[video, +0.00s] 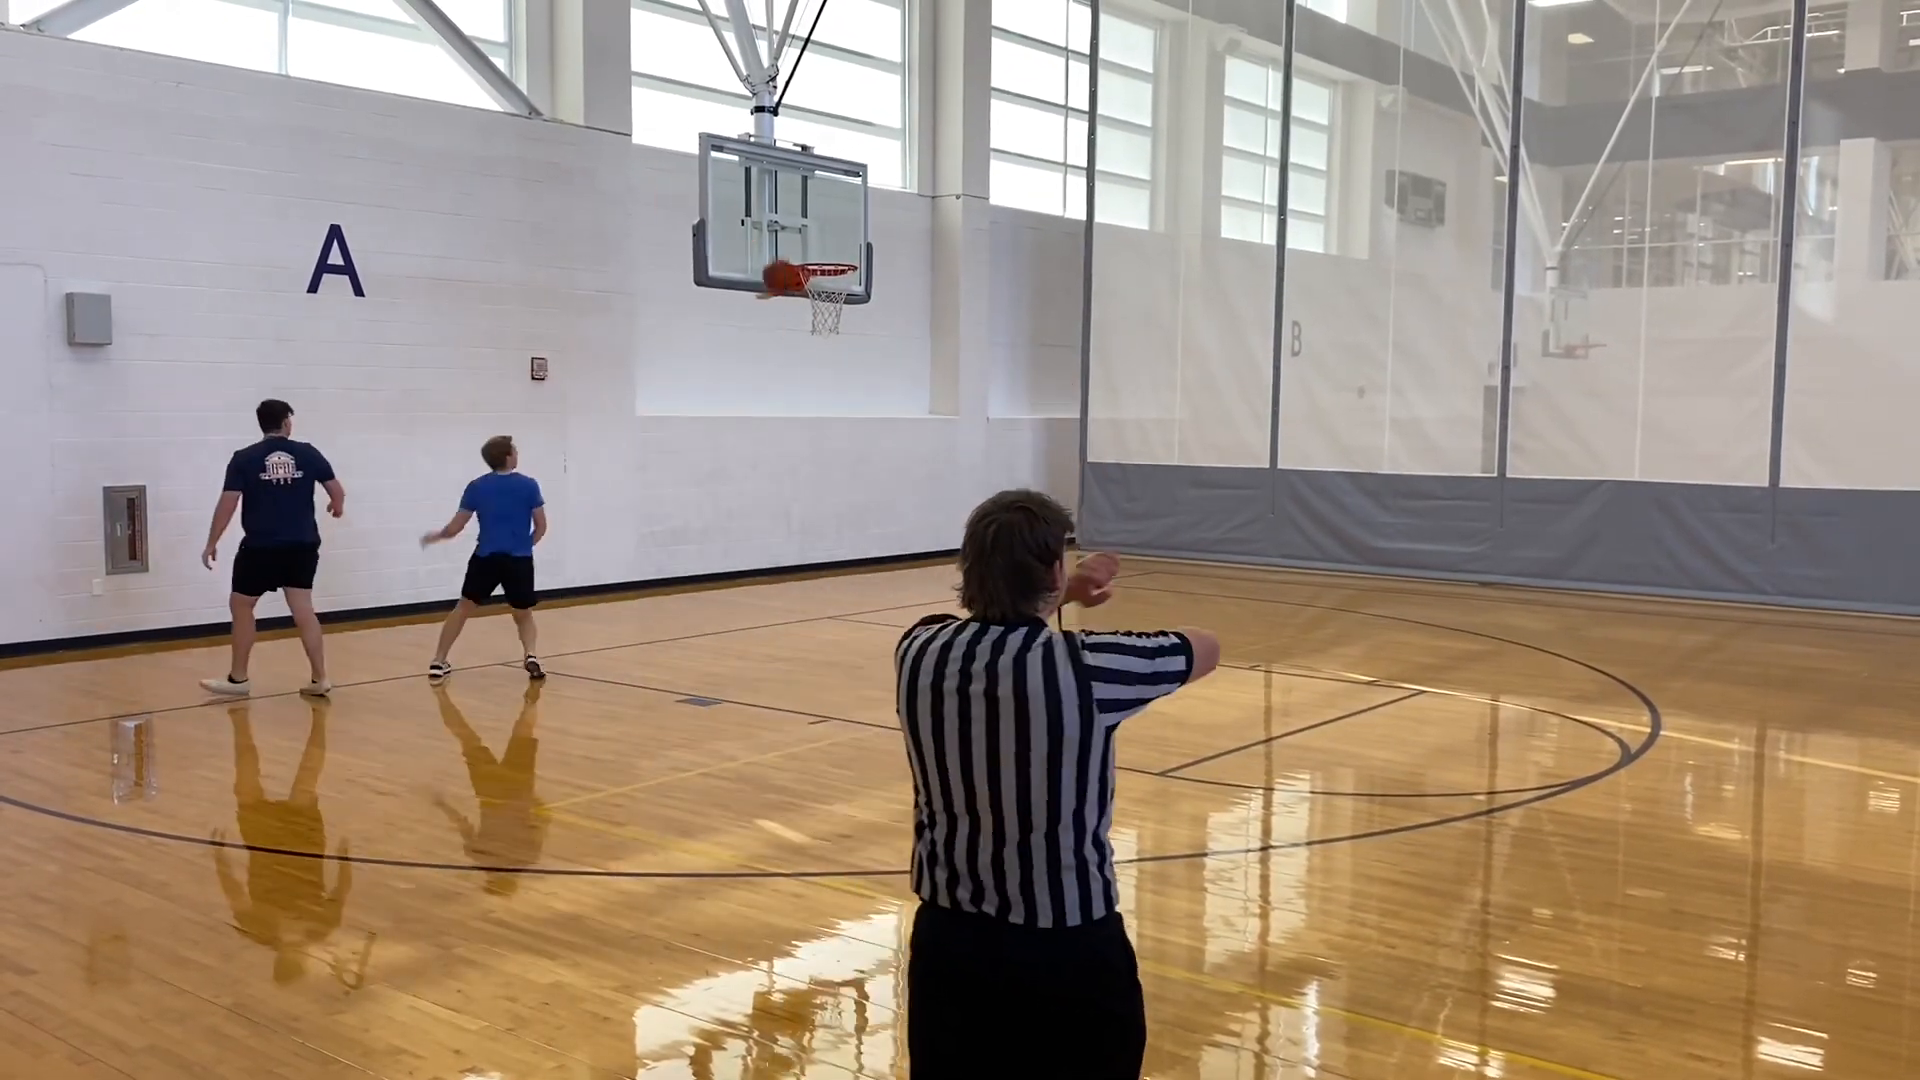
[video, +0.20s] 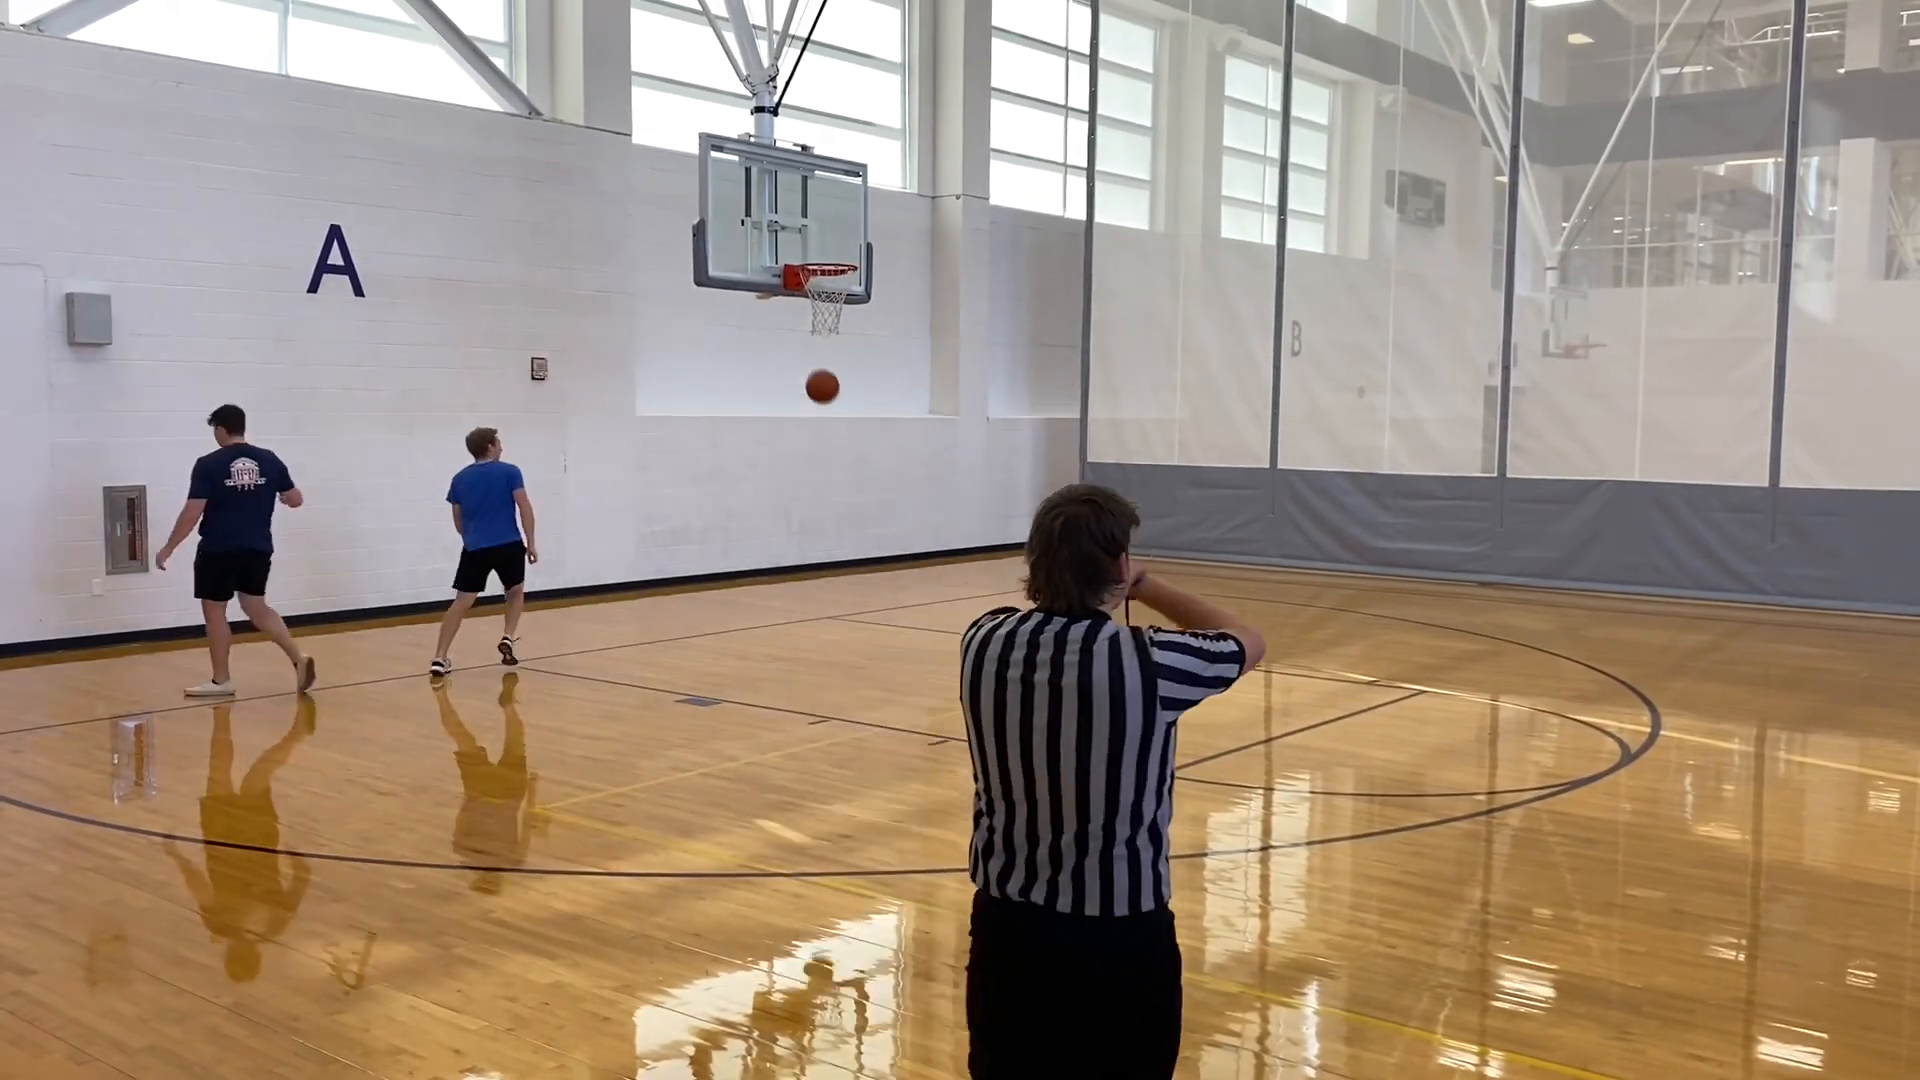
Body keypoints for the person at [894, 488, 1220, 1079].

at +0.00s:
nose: (1071, 562)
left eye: (1070, 553)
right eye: (1066, 552)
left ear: (975, 568)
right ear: (1054, 571)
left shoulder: (918, 653)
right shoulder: (1083, 665)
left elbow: (984, 616)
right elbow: (1206, 650)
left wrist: (1063, 588)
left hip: (949, 948)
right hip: (1073, 952)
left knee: (946, 1072)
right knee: (1095, 1070)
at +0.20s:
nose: (1130, 562)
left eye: (1128, 551)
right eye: (1126, 553)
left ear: (1040, 563)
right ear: (1118, 573)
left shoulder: (983, 643)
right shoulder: (1147, 660)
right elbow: (1247, 643)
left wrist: (1084, 587)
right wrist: (1145, 582)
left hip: (1007, 932)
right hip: (1125, 935)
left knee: (1004, 1069)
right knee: (1133, 1068)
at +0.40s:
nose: (1173, 559)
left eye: (1171, 547)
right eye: (1171, 548)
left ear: (1083, 555)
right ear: (1161, 560)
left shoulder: (1024, 638)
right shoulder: (1187, 652)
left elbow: (1091, 641)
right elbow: (1308, 671)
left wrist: (1155, 615)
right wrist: (1203, 635)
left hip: (1045, 913)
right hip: (1157, 918)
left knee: (1075, 1068)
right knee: (1158, 1070)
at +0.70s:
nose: (1230, 566)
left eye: (1227, 551)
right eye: (1228, 551)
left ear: (1140, 559)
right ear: (1215, 561)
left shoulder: (1081, 642)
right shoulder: (1245, 655)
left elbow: (1151, 667)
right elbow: (1349, 708)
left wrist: (1229, 637)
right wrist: (1269, 654)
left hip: (1107, 903)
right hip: (1210, 910)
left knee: (1144, 1057)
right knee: (1216, 1056)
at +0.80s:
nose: (1256, 569)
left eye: (1253, 552)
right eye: (1251, 553)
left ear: (1166, 560)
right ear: (1229, 563)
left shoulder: (1103, 646)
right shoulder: (1264, 660)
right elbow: (1388, 736)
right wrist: (1314, 649)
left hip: (1131, 902)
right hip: (1229, 910)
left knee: (1169, 1060)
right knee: (1233, 1059)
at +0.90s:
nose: (1283, 570)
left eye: (1278, 554)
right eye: (1275, 554)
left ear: (1194, 564)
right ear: (1248, 565)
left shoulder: (1131, 648)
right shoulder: (1284, 660)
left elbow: (1110, 757)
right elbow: (1430, 742)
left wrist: (1186, 750)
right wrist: (1402, 636)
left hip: (1161, 902)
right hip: (1254, 910)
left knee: (1191, 1060)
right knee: (1255, 1059)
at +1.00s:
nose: (1312, 566)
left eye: (1310, 551)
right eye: (1306, 552)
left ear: (1224, 560)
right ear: (1273, 560)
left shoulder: (1160, 645)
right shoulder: (1300, 651)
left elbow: (1126, 761)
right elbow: (1457, 721)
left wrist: (1210, 773)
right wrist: (1487, 611)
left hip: (1192, 895)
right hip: (1281, 904)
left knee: (1220, 1059)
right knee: (1280, 1058)